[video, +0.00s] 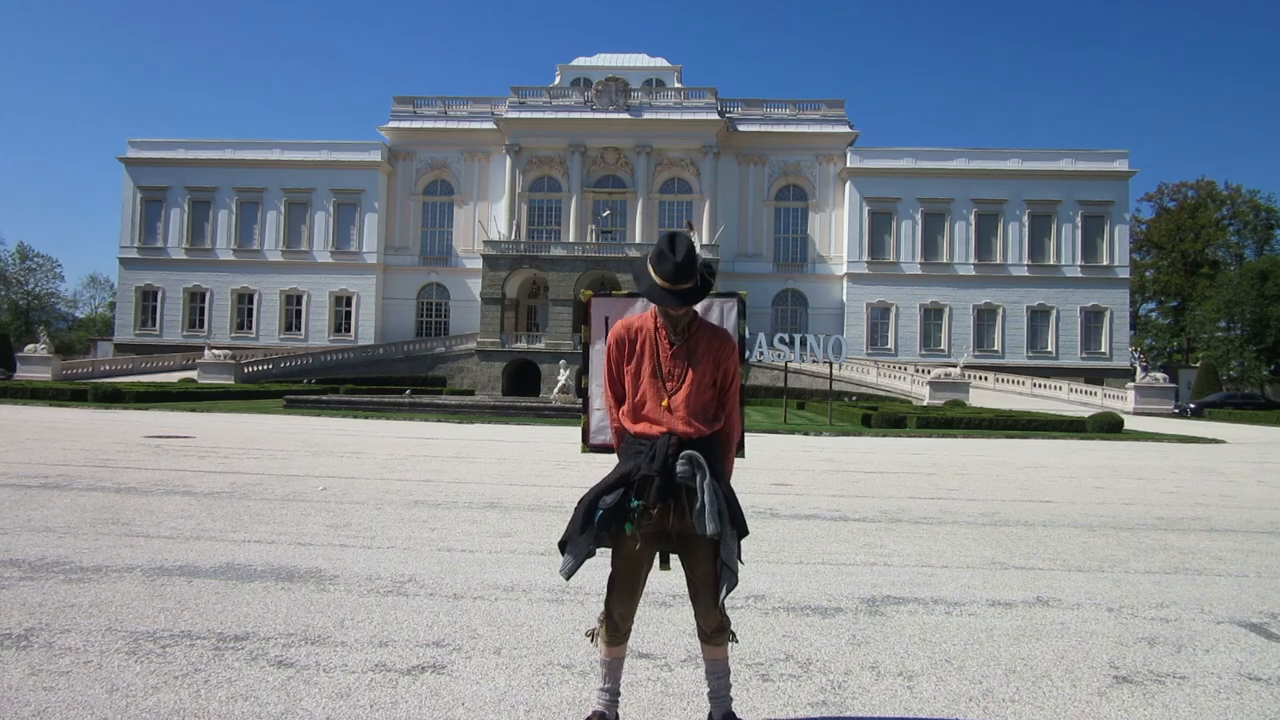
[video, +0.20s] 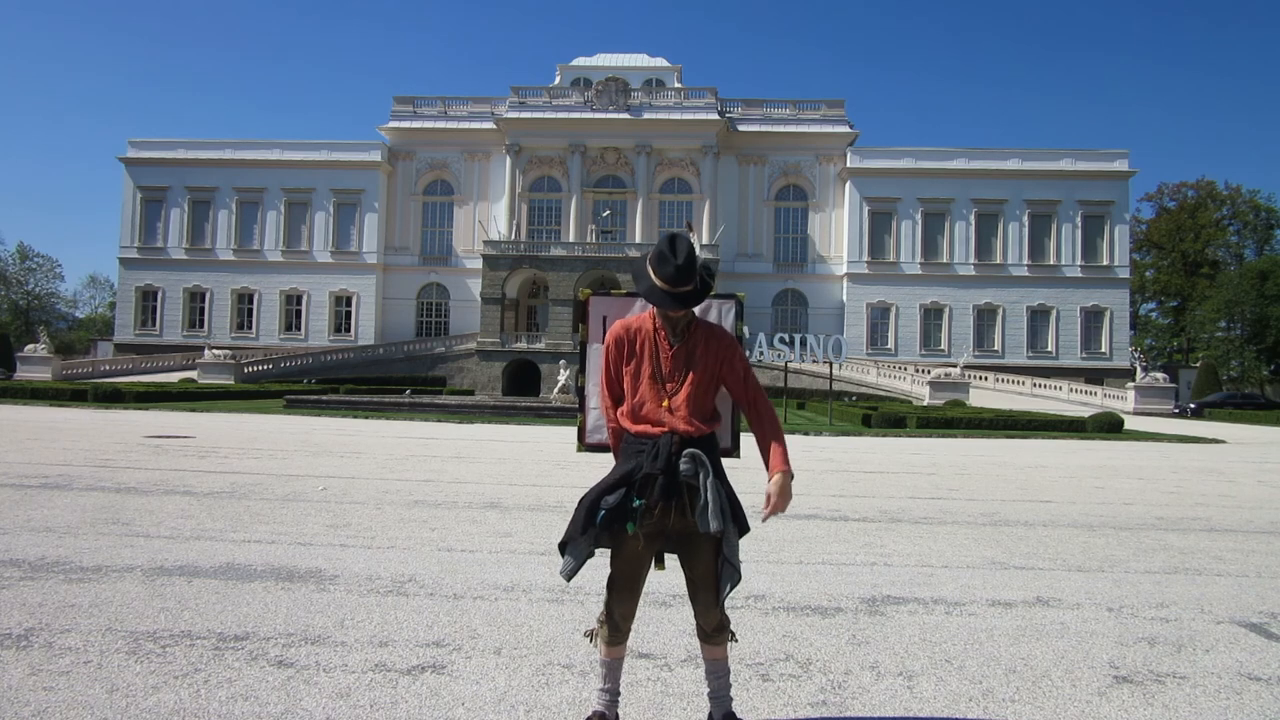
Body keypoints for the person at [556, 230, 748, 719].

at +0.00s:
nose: (677, 308)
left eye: (685, 300)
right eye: (668, 300)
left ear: (698, 293)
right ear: (653, 291)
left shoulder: (721, 344)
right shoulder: (624, 336)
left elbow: (729, 426)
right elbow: (617, 416)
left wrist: (718, 490)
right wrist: (643, 465)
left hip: (699, 490)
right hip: (639, 488)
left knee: (709, 606)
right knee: (620, 604)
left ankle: (721, 705)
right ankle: (607, 701)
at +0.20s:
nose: (676, 314)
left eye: (684, 305)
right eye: (667, 305)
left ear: (697, 298)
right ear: (652, 296)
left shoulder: (718, 342)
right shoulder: (622, 336)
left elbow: (756, 405)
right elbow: (612, 411)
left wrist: (780, 470)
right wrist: (633, 467)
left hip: (698, 481)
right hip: (638, 480)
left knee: (709, 603)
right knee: (620, 599)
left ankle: (720, 706)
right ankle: (606, 701)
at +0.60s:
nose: (676, 322)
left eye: (685, 313)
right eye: (667, 313)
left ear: (701, 298)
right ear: (651, 298)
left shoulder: (716, 327)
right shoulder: (626, 336)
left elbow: (769, 286)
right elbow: (610, 410)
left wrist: (734, 238)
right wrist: (628, 470)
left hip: (699, 480)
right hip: (639, 479)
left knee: (712, 603)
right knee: (621, 600)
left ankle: (721, 707)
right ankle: (606, 704)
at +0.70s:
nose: (675, 323)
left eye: (684, 314)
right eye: (666, 314)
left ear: (700, 300)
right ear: (651, 300)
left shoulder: (714, 324)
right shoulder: (625, 336)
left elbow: (766, 278)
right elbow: (610, 411)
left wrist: (723, 241)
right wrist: (628, 468)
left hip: (699, 477)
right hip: (640, 476)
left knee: (712, 601)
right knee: (622, 600)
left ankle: (721, 707)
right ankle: (606, 703)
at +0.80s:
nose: (675, 324)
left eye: (684, 315)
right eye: (666, 316)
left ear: (699, 301)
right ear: (650, 301)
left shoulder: (712, 324)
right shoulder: (624, 336)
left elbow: (764, 278)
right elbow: (608, 413)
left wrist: (717, 244)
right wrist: (625, 474)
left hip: (700, 479)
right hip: (639, 478)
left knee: (712, 603)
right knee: (622, 603)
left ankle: (721, 708)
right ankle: (607, 703)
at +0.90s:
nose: (673, 323)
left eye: (682, 315)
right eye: (665, 314)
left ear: (697, 301)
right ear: (650, 300)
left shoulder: (711, 324)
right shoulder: (623, 337)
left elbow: (763, 280)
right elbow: (606, 413)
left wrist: (714, 250)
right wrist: (623, 476)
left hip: (699, 476)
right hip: (639, 476)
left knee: (713, 601)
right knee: (623, 601)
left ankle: (721, 707)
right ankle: (607, 703)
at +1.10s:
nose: (674, 319)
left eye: (682, 309)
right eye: (665, 310)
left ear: (694, 298)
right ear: (648, 300)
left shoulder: (706, 325)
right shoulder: (621, 338)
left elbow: (759, 286)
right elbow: (604, 417)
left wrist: (704, 253)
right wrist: (622, 482)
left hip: (700, 480)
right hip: (639, 480)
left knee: (716, 604)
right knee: (625, 607)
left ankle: (722, 707)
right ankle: (608, 702)